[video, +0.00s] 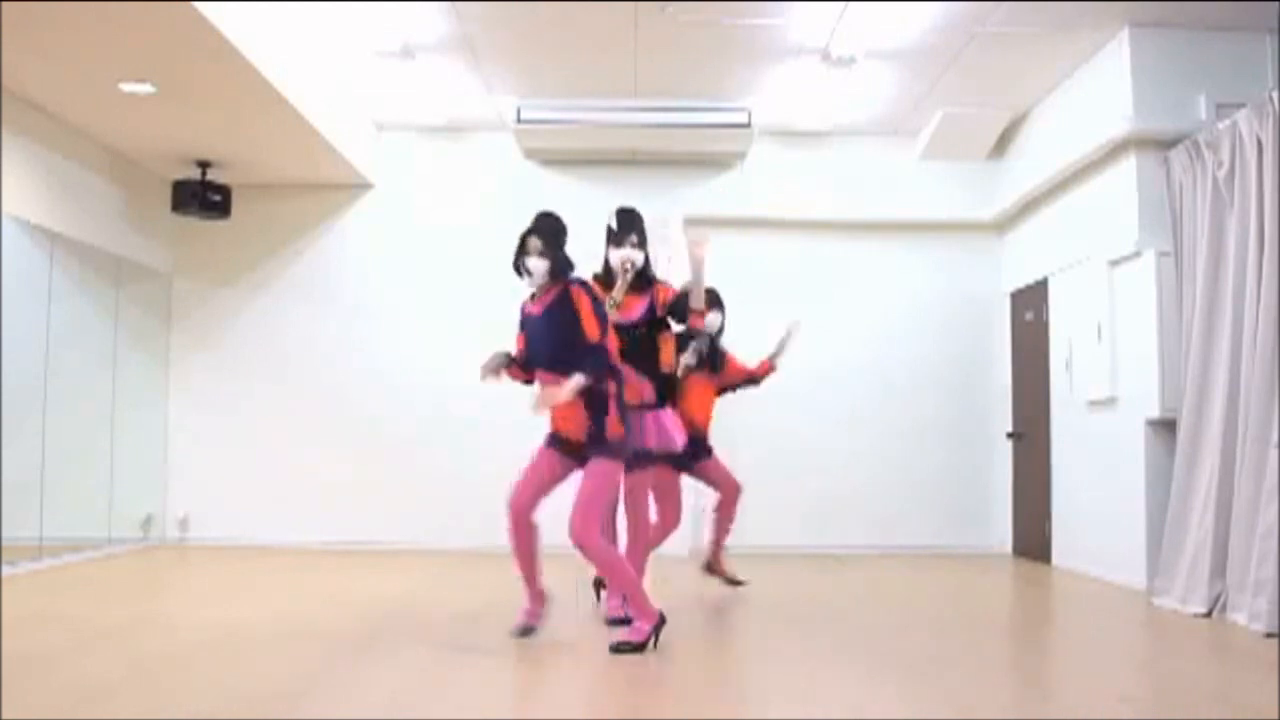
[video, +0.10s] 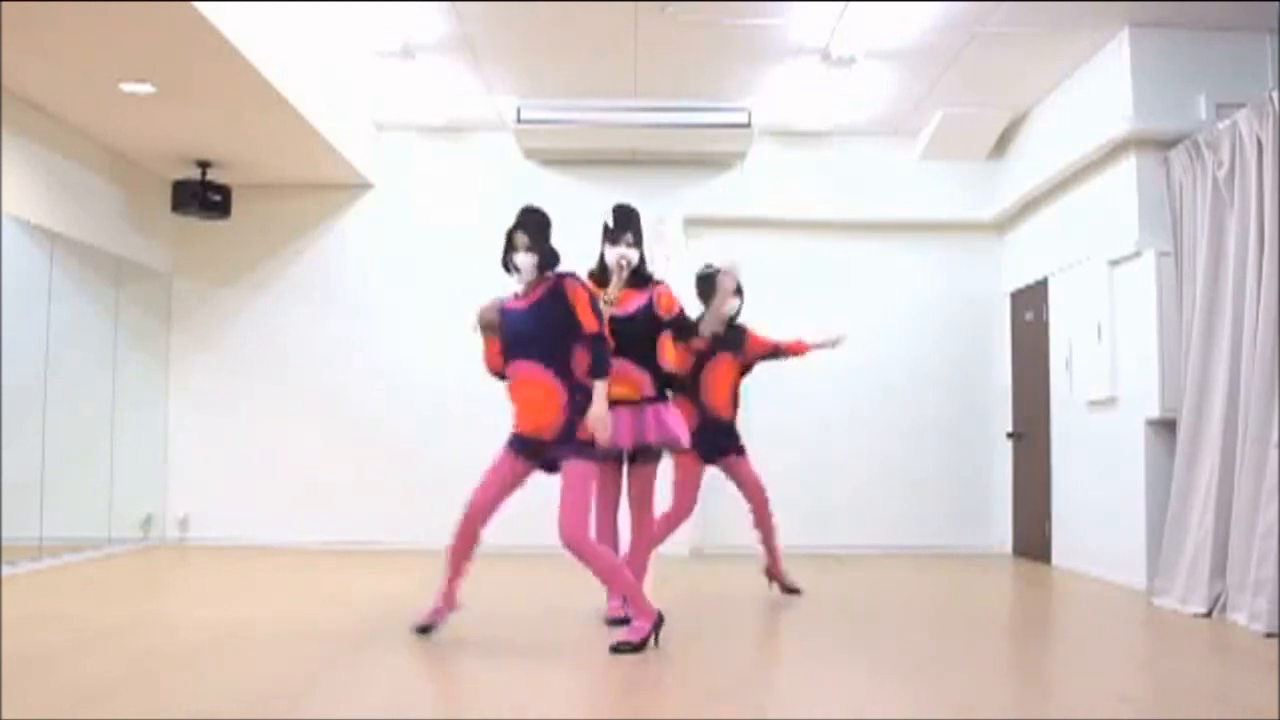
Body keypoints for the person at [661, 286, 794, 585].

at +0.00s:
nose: (706, 321)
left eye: (713, 314)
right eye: (699, 313)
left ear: (720, 319)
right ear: (688, 315)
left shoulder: (716, 358)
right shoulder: (671, 347)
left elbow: (750, 376)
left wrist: (778, 351)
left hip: (693, 444)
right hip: (661, 444)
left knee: (730, 488)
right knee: (668, 517)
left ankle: (715, 558)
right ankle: (617, 574)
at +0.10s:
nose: (736, 300)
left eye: (737, 292)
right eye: (729, 292)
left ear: (737, 298)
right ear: (709, 296)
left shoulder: (741, 340)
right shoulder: (685, 336)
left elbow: (778, 350)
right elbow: (671, 374)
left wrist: (816, 345)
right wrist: (694, 348)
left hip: (722, 434)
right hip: (688, 433)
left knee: (757, 494)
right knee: (681, 508)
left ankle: (774, 566)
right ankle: (633, 558)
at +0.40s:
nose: (791, 291)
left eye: (794, 283)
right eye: (783, 285)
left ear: (800, 287)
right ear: (768, 289)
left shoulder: (805, 331)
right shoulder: (756, 329)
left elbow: (812, 381)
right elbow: (747, 380)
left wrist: (815, 424)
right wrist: (743, 428)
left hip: (794, 417)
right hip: (763, 417)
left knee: (792, 491)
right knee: (800, 486)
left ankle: (784, 566)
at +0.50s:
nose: (805, 293)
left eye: (808, 286)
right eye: (797, 286)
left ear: (815, 290)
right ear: (784, 291)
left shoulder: (820, 333)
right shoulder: (771, 330)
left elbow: (823, 382)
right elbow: (761, 380)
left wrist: (832, 417)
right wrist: (762, 420)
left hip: (814, 421)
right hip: (784, 422)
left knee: (820, 495)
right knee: (818, 491)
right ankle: (833, 569)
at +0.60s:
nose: (815, 292)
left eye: (819, 284)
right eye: (807, 286)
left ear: (826, 288)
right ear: (796, 290)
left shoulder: (832, 330)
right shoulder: (782, 327)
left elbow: (842, 373)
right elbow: (757, 373)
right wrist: (778, 376)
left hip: (828, 419)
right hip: (796, 422)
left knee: (847, 492)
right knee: (830, 491)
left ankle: (825, 553)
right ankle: (834, 566)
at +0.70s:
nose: (825, 287)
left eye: (830, 280)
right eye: (817, 281)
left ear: (837, 283)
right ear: (805, 284)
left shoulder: (842, 323)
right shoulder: (789, 320)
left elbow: (861, 363)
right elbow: (766, 361)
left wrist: (881, 332)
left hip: (840, 416)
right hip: (801, 420)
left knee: (856, 483)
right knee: (826, 487)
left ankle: (856, 560)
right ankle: (834, 568)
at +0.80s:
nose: (832, 289)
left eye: (836, 281)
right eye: (824, 281)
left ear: (845, 283)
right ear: (813, 283)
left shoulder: (844, 322)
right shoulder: (793, 319)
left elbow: (868, 362)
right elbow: (768, 360)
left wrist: (901, 342)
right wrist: (738, 333)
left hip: (850, 415)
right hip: (811, 417)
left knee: (852, 489)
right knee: (832, 493)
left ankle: (844, 575)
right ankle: (835, 571)